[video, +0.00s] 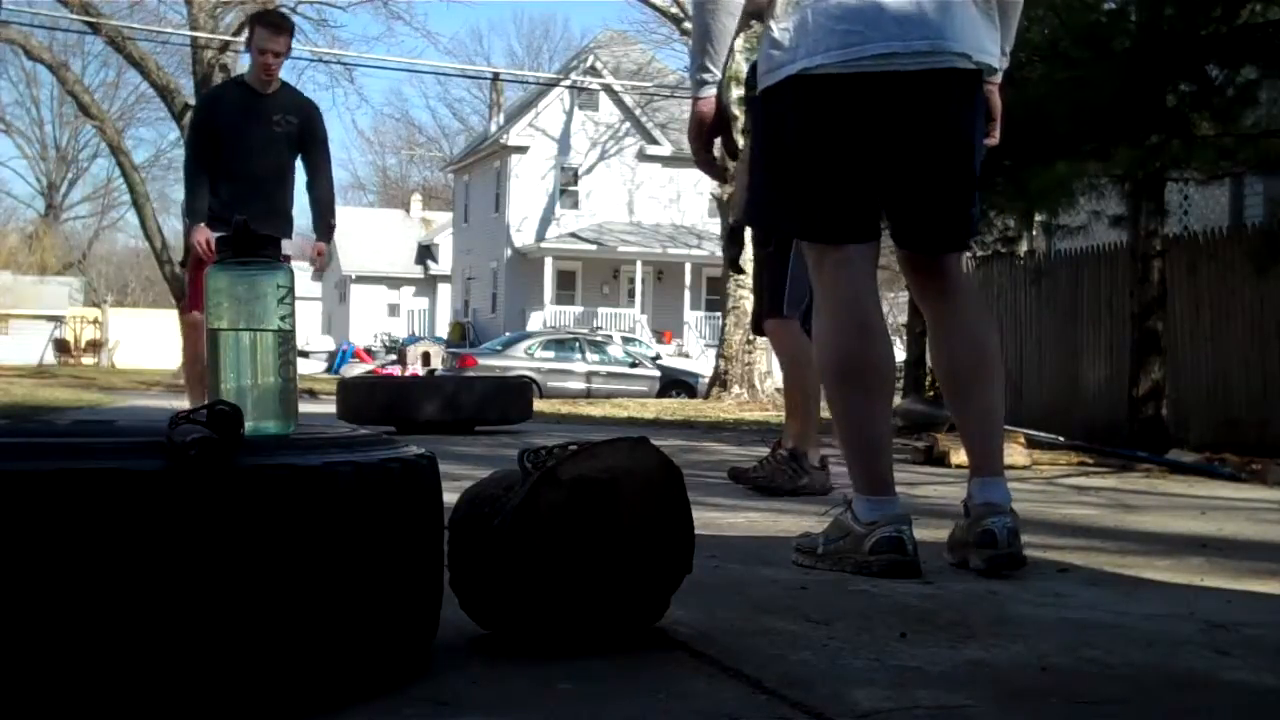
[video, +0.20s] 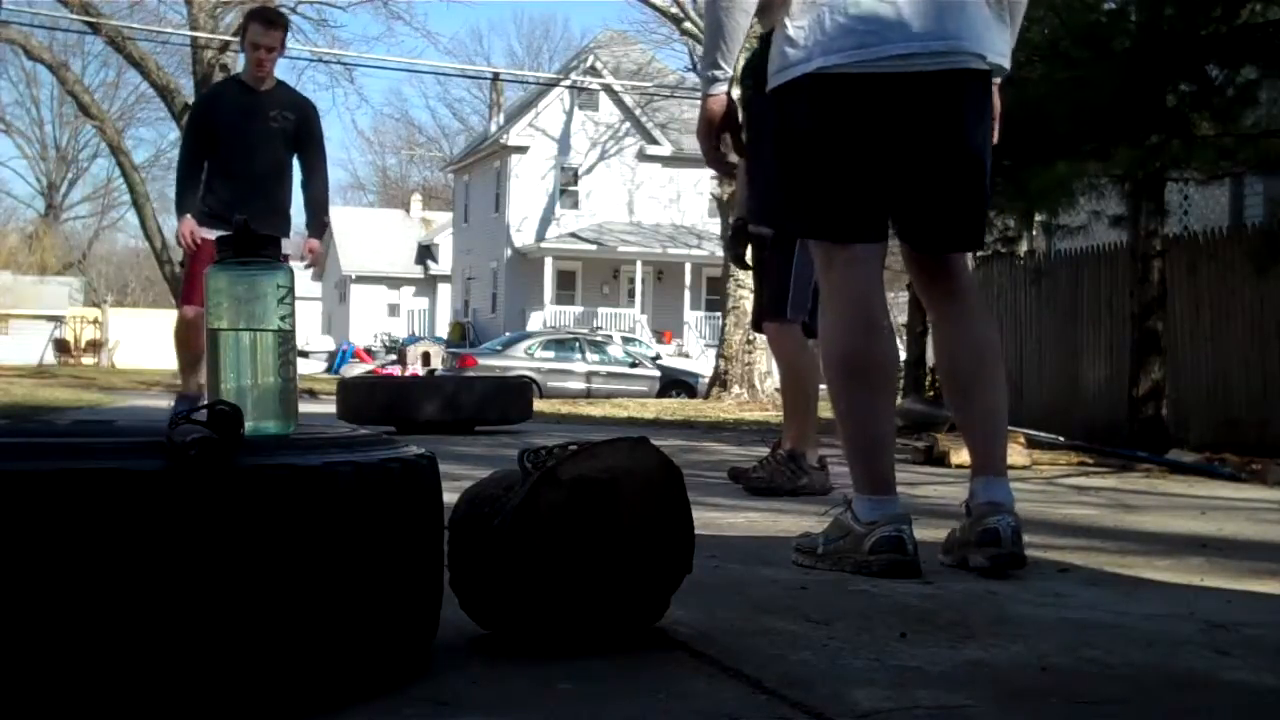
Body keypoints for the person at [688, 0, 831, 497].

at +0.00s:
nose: (744, 9)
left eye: (746, 6)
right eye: (744, 8)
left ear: (762, 3)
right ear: (767, 6)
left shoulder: (781, 45)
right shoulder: (760, 43)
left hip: (787, 199)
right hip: (774, 200)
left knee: (781, 317)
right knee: (784, 320)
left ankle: (803, 456)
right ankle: (796, 451)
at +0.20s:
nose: (757, 6)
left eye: (762, 4)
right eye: (759, 5)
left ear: (777, 3)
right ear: (775, 6)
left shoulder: (789, 46)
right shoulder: (768, 43)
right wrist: (746, 205)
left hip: (793, 200)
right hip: (781, 200)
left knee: (781, 320)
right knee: (791, 325)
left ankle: (799, 455)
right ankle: (795, 451)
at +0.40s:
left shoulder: (795, 27)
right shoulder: (783, 26)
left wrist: (753, 202)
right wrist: (744, 199)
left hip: (797, 191)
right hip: (774, 192)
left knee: (782, 320)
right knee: (763, 323)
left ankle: (803, 456)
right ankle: (788, 451)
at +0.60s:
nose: (718, 11)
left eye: (723, 3)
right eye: (716, 7)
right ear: (736, 10)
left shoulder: (798, 44)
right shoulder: (747, 59)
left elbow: (777, 149)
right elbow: (737, 148)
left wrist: (724, 219)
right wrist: (714, 215)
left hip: (819, 195)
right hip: (789, 198)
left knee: (784, 323)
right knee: (750, 321)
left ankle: (805, 458)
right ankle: (774, 442)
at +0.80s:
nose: (685, 58)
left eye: (691, 46)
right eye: (681, 48)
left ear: (725, 35)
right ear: (718, 40)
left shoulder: (767, 82)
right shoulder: (730, 95)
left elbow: (751, 175)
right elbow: (718, 178)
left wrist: (677, 196)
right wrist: (672, 196)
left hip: (824, 221)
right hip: (790, 224)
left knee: (783, 329)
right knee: (746, 329)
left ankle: (807, 460)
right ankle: (761, 450)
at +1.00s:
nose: (671, 140)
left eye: (670, 128)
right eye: (663, 134)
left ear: (699, 105)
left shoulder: (758, 129)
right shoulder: (707, 159)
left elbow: (719, 210)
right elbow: (665, 227)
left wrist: (645, 194)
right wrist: (632, 205)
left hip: (840, 242)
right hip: (801, 251)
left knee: (776, 329)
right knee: (735, 335)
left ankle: (807, 460)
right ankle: (759, 452)